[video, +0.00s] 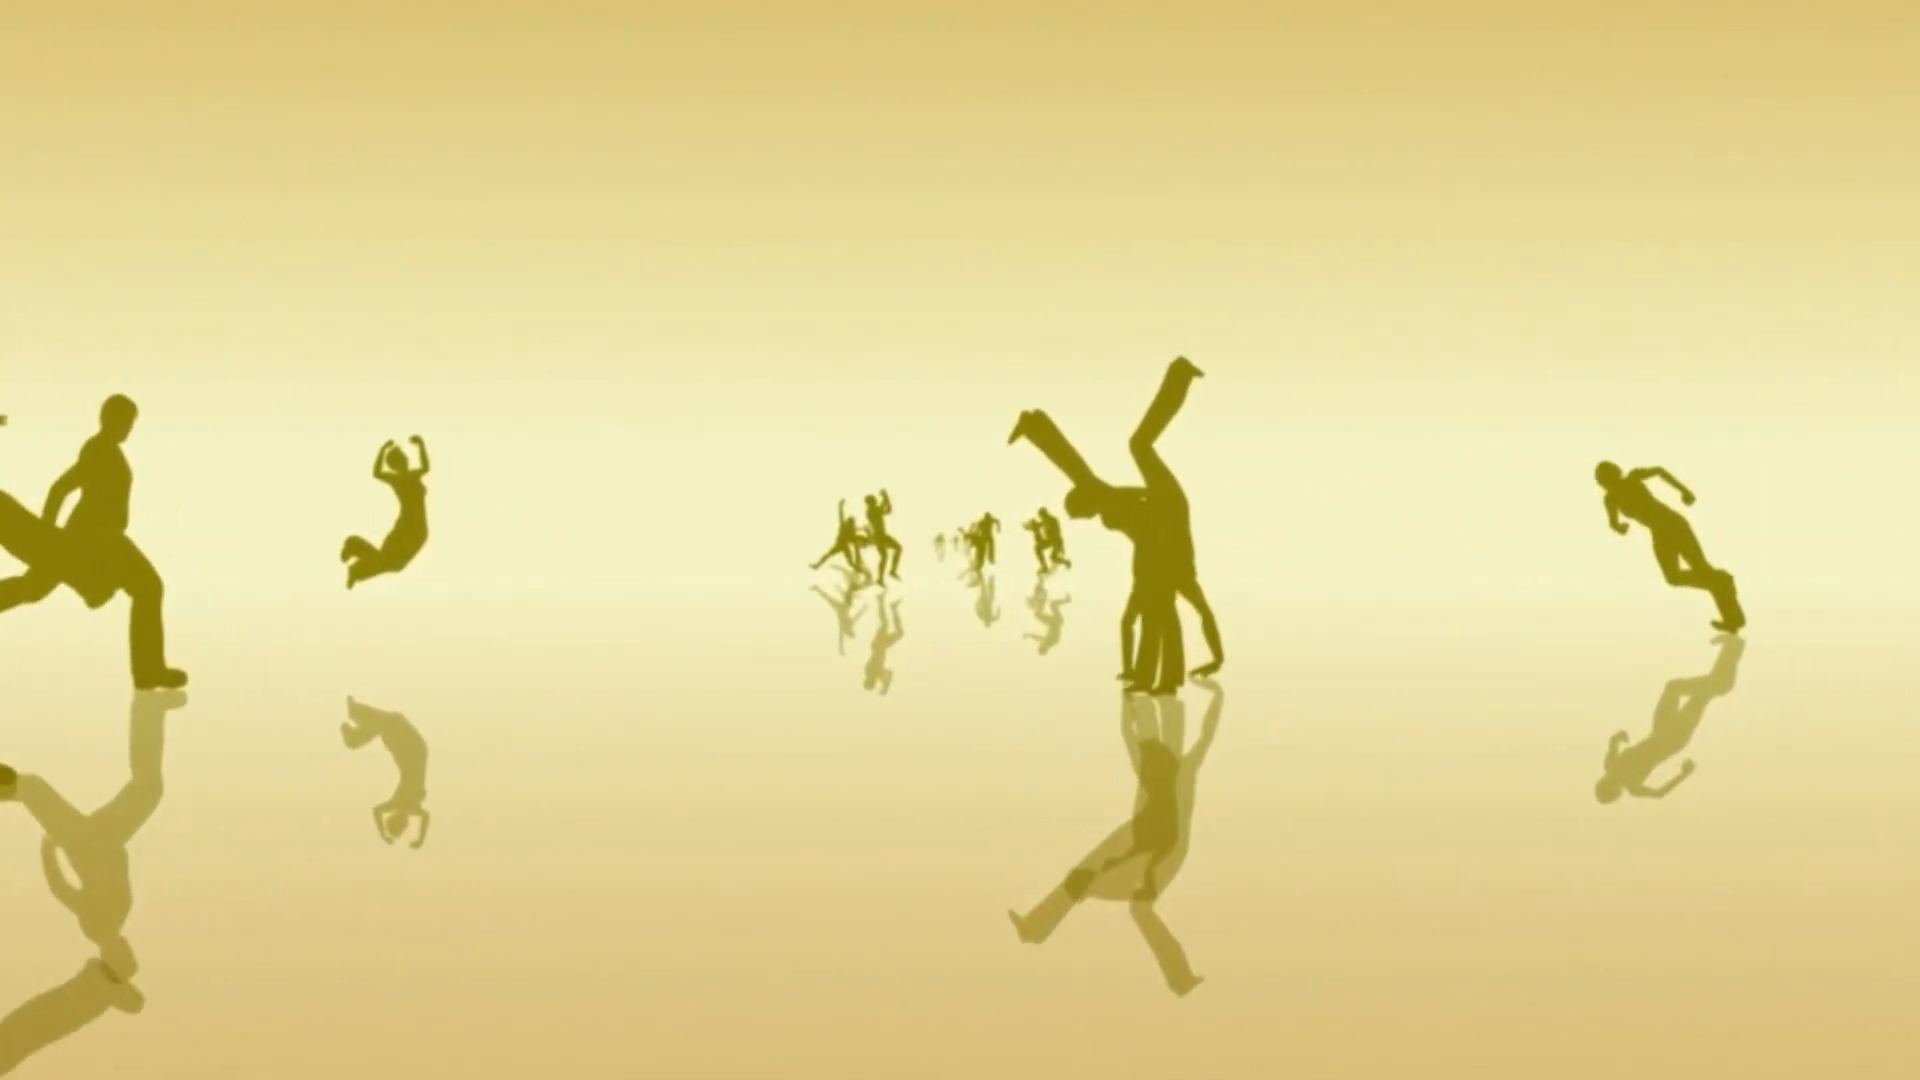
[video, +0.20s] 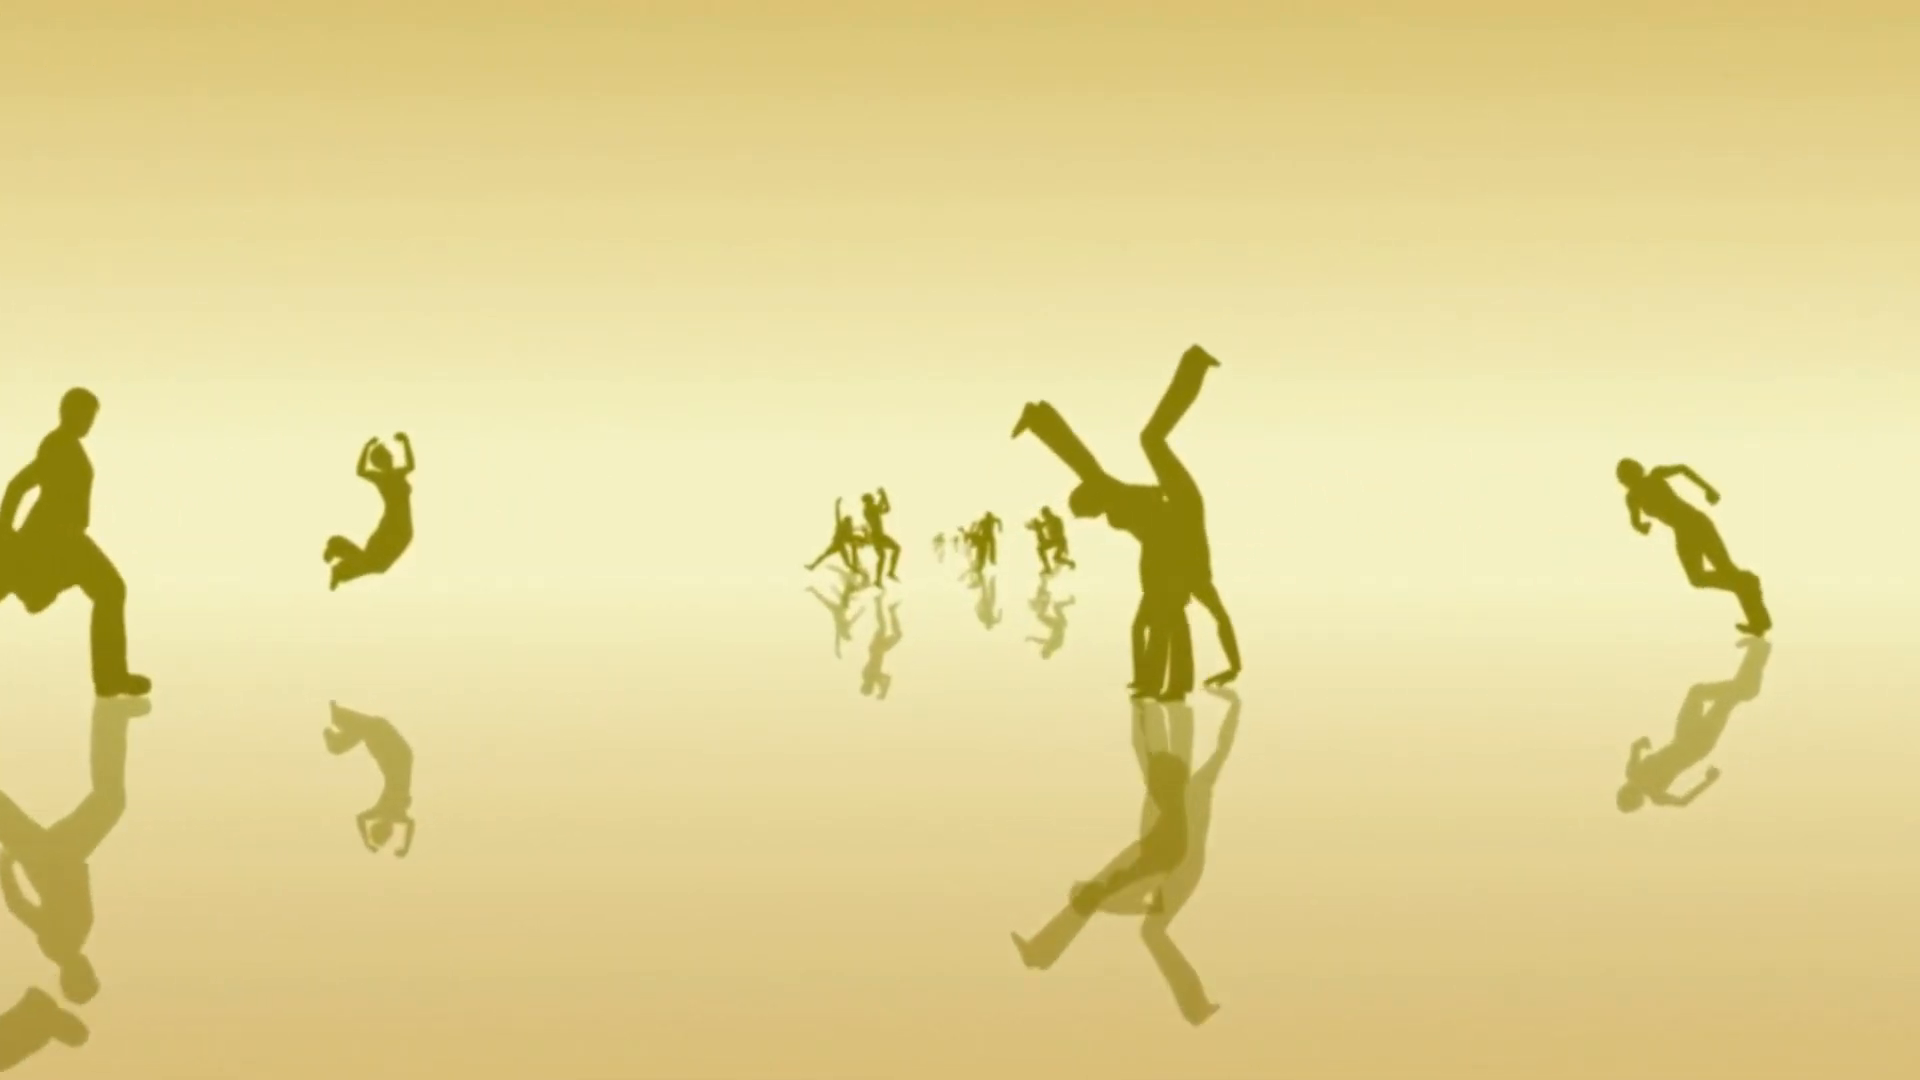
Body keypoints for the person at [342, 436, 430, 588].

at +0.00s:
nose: (402, 460)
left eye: (402, 456)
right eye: (397, 458)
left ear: (406, 457)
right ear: (392, 463)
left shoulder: (413, 476)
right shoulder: (396, 478)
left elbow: (425, 468)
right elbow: (377, 473)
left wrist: (421, 445)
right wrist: (382, 450)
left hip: (420, 528)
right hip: (405, 524)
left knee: (397, 565)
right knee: (387, 559)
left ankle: (357, 572)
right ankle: (355, 545)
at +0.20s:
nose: (386, 458)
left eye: (386, 454)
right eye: (381, 456)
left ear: (391, 455)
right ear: (376, 461)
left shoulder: (398, 474)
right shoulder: (380, 477)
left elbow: (410, 466)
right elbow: (361, 472)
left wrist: (406, 442)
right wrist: (366, 448)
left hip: (405, 527)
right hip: (390, 523)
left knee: (381, 566)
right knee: (371, 560)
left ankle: (341, 573)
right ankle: (338, 545)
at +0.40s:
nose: (369, 456)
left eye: (370, 452)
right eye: (364, 454)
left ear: (374, 453)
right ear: (359, 459)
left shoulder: (382, 472)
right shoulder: (363, 475)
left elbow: (395, 464)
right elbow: (343, 469)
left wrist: (390, 439)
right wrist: (350, 445)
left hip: (389, 527)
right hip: (374, 522)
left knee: (364, 567)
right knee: (354, 561)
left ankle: (323, 574)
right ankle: (320, 545)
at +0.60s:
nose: (352, 453)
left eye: (353, 449)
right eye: (347, 451)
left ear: (358, 450)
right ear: (342, 457)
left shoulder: (365, 470)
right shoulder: (346, 473)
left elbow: (378, 461)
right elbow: (326, 468)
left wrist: (373, 437)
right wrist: (332, 442)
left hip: (373, 526)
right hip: (357, 522)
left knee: (347, 568)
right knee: (335, 561)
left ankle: (304, 575)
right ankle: (301, 545)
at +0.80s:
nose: (334, 449)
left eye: (334, 445)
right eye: (329, 447)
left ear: (339, 447)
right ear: (324, 454)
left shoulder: (346, 468)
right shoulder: (327, 471)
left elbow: (361, 459)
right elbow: (306, 465)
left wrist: (356, 433)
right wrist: (313, 439)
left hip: (354, 525)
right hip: (338, 520)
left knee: (328, 568)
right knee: (317, 562)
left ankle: (285, 576)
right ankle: (282, 546)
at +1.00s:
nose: (315, 447)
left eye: (315, 442)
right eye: (309, 445)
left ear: (320, 444)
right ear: (304, 451)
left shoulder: (328, 465)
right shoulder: (307, 469)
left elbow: (342, 457)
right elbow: (286, 463)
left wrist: (337, 430)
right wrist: (293, 436)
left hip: (336, 525)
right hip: (319, 521)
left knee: (309, 569)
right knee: (297, 562)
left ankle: (264, 577)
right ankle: (260, 546)